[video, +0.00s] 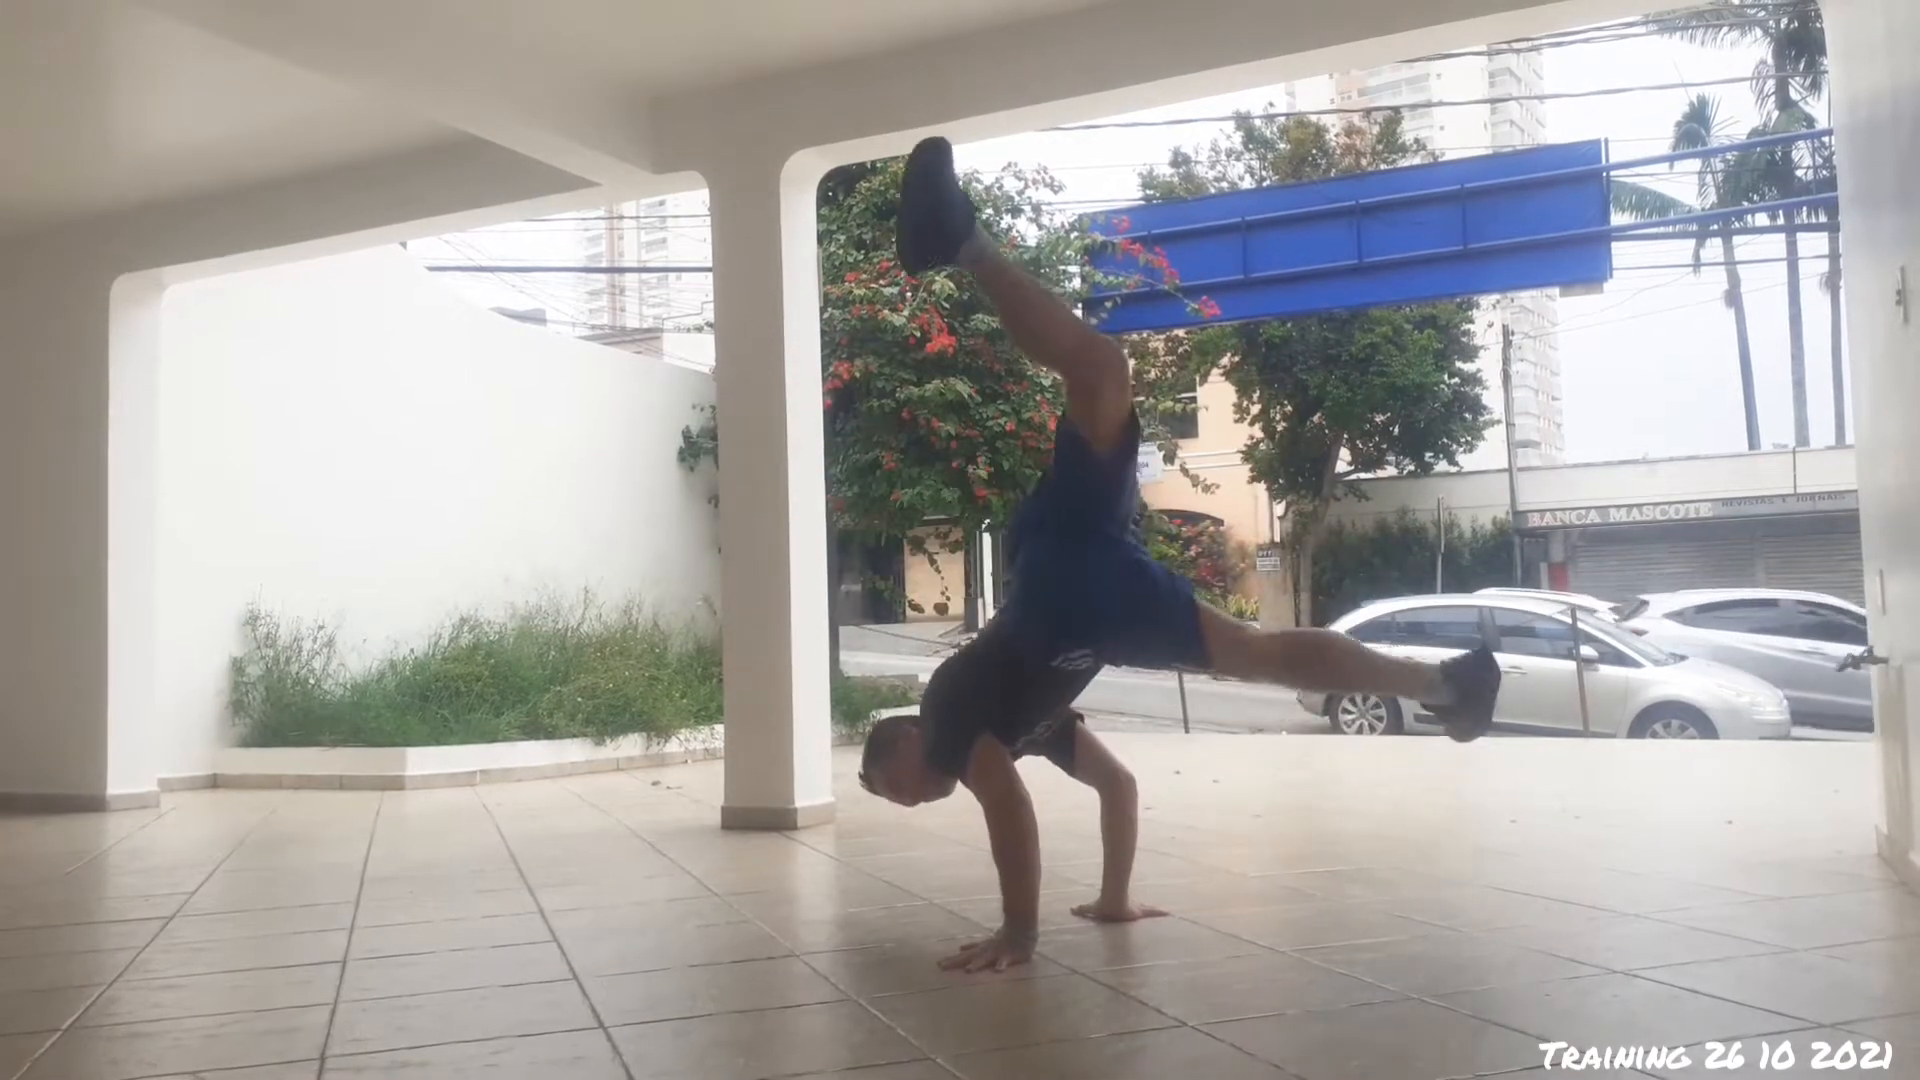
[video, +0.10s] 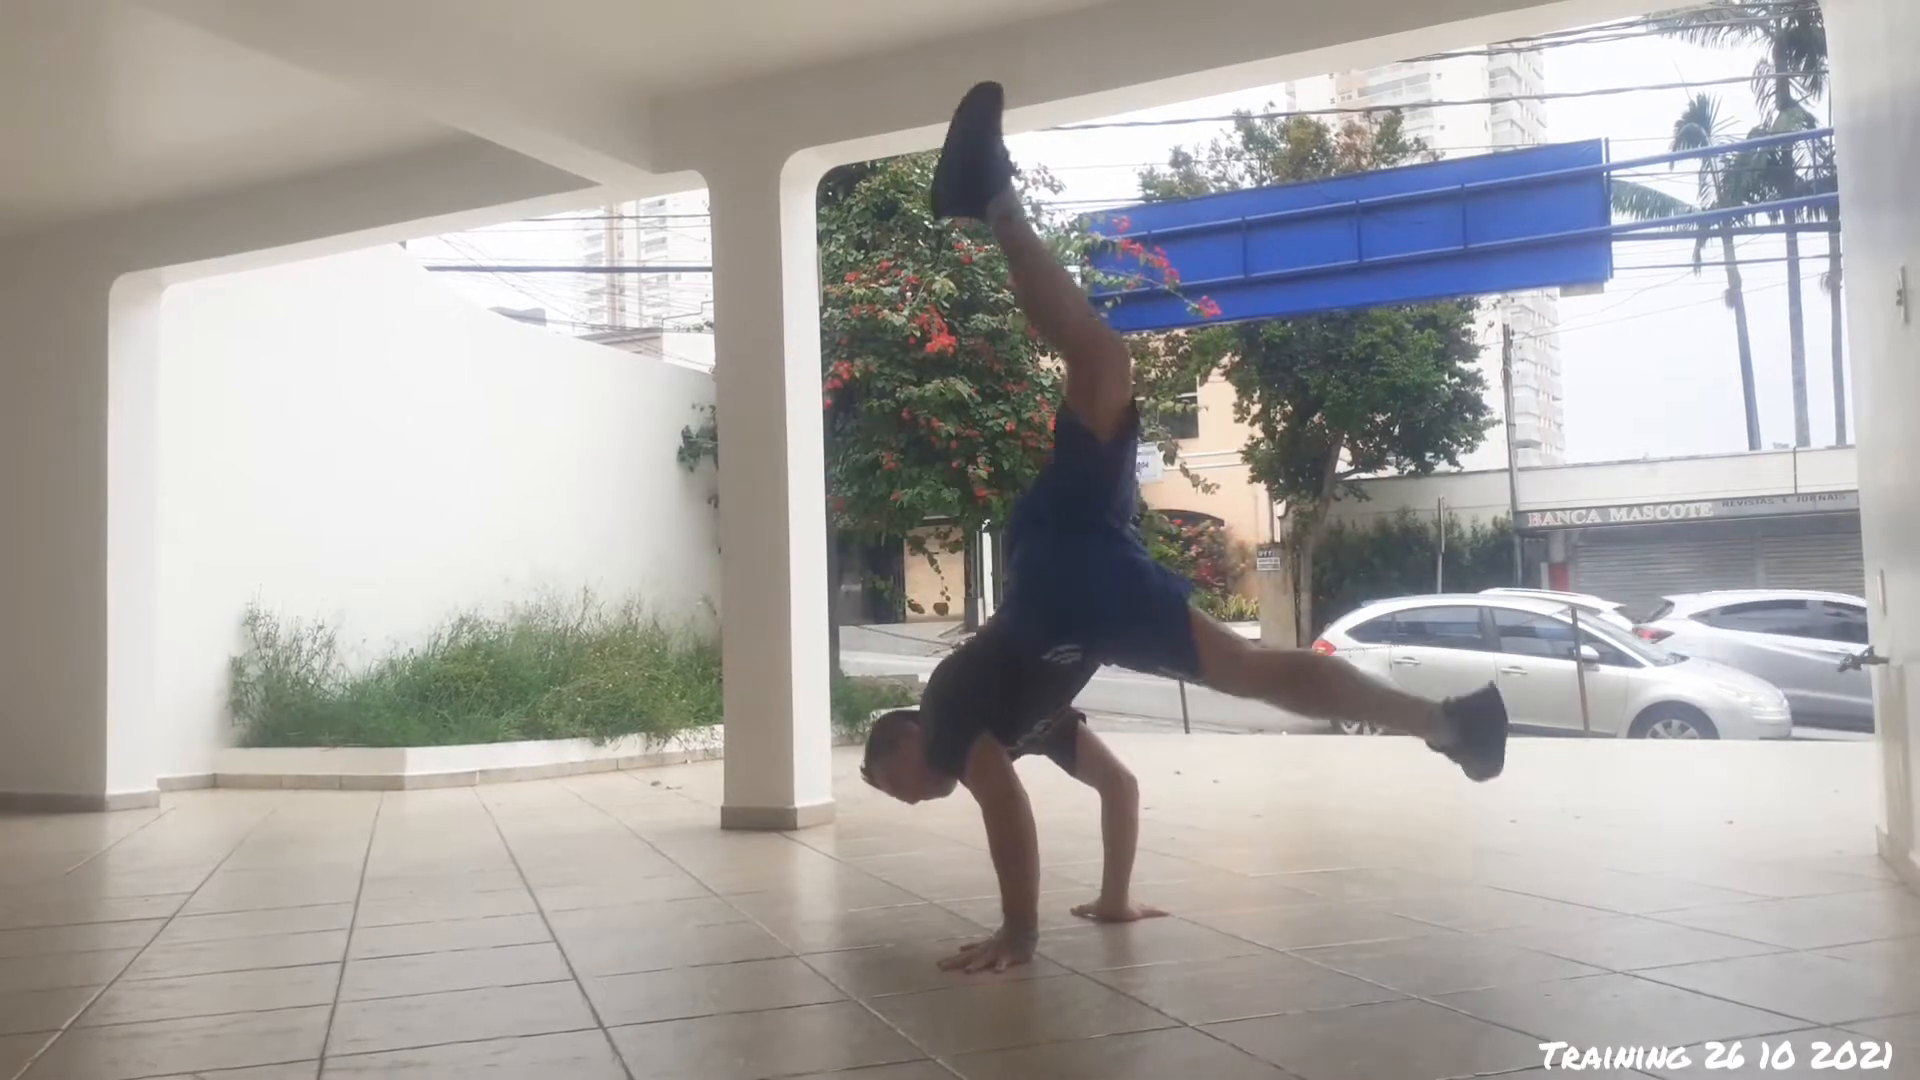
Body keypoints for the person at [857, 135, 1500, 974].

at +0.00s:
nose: (904, 798)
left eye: (891, 788)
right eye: (894, 795)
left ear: (899, 748)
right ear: (924, 757)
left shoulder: (949, 712)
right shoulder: (1032, 722)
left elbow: (1009, 814)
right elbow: (1119, 786)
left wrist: (1015, 934)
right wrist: (1113, 899)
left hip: (1091, 599)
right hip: (1063, 539)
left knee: (1255, 653)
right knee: (1099, 367)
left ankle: (1443, 686)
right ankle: (965, 244)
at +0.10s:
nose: (903, 794)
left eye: (891, 783)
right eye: (892, 790)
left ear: (903, 744)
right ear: (919, 747)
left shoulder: (948, 713)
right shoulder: (1035, 720)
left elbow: (1004, 805)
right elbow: (1119, 787)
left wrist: (1016, 933)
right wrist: (1113, 899)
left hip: (1077, 596)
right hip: (1059, 536)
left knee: (1253, 670)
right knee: (1099, 356)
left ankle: (1446, 724)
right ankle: (994, 195)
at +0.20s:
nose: (907, 790)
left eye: (893, 777)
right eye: (895, 784)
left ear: (901, 741)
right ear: (922, 742)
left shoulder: (946, 709)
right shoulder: (1037, 718)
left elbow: (1003, 808)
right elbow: (1120, 787)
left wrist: (1016, 932)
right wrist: (1114, 898)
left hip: (1057, 583)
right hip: (1070, 522)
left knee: (1215, 693)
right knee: (1111, 371)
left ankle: (1404, 798)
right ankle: (1057, 169)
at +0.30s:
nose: (911, 789)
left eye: (899, 774)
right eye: (899, 783)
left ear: (911, 739)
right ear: (927, 738)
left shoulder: (948, 705)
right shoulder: (1044, 721)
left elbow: (1003, 813)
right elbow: (1125, 792)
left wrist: (1015, 934)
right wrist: (1114, 898)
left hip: (1042, 556)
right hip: (1081, 505)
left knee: (1145, 693)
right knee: (1138, 364)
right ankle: (1170, 191)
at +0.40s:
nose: (914, 787)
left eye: (903, 773)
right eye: (905, 781)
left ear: (915, 737)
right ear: (933, 748)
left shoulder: (962, 707)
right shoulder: (1049, 727)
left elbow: (1003, 817)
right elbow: (1132, 789)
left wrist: (1016, 933)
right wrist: (1114, 900)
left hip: (1054, 540)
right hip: (1116, 546)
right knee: (1218, 376)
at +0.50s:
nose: (928, 778)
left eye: (915, 766)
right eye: (922, 773)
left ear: (914, 729)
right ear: (964, 738)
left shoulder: (948, 709)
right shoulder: (1057, 726)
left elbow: (995, 814)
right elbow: (1137, 792)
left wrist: (1012, 941)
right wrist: (1114, 901)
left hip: (1041, 541)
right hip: (1129, 534)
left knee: (928, 529)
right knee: (1276, 470)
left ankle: (794, 517)